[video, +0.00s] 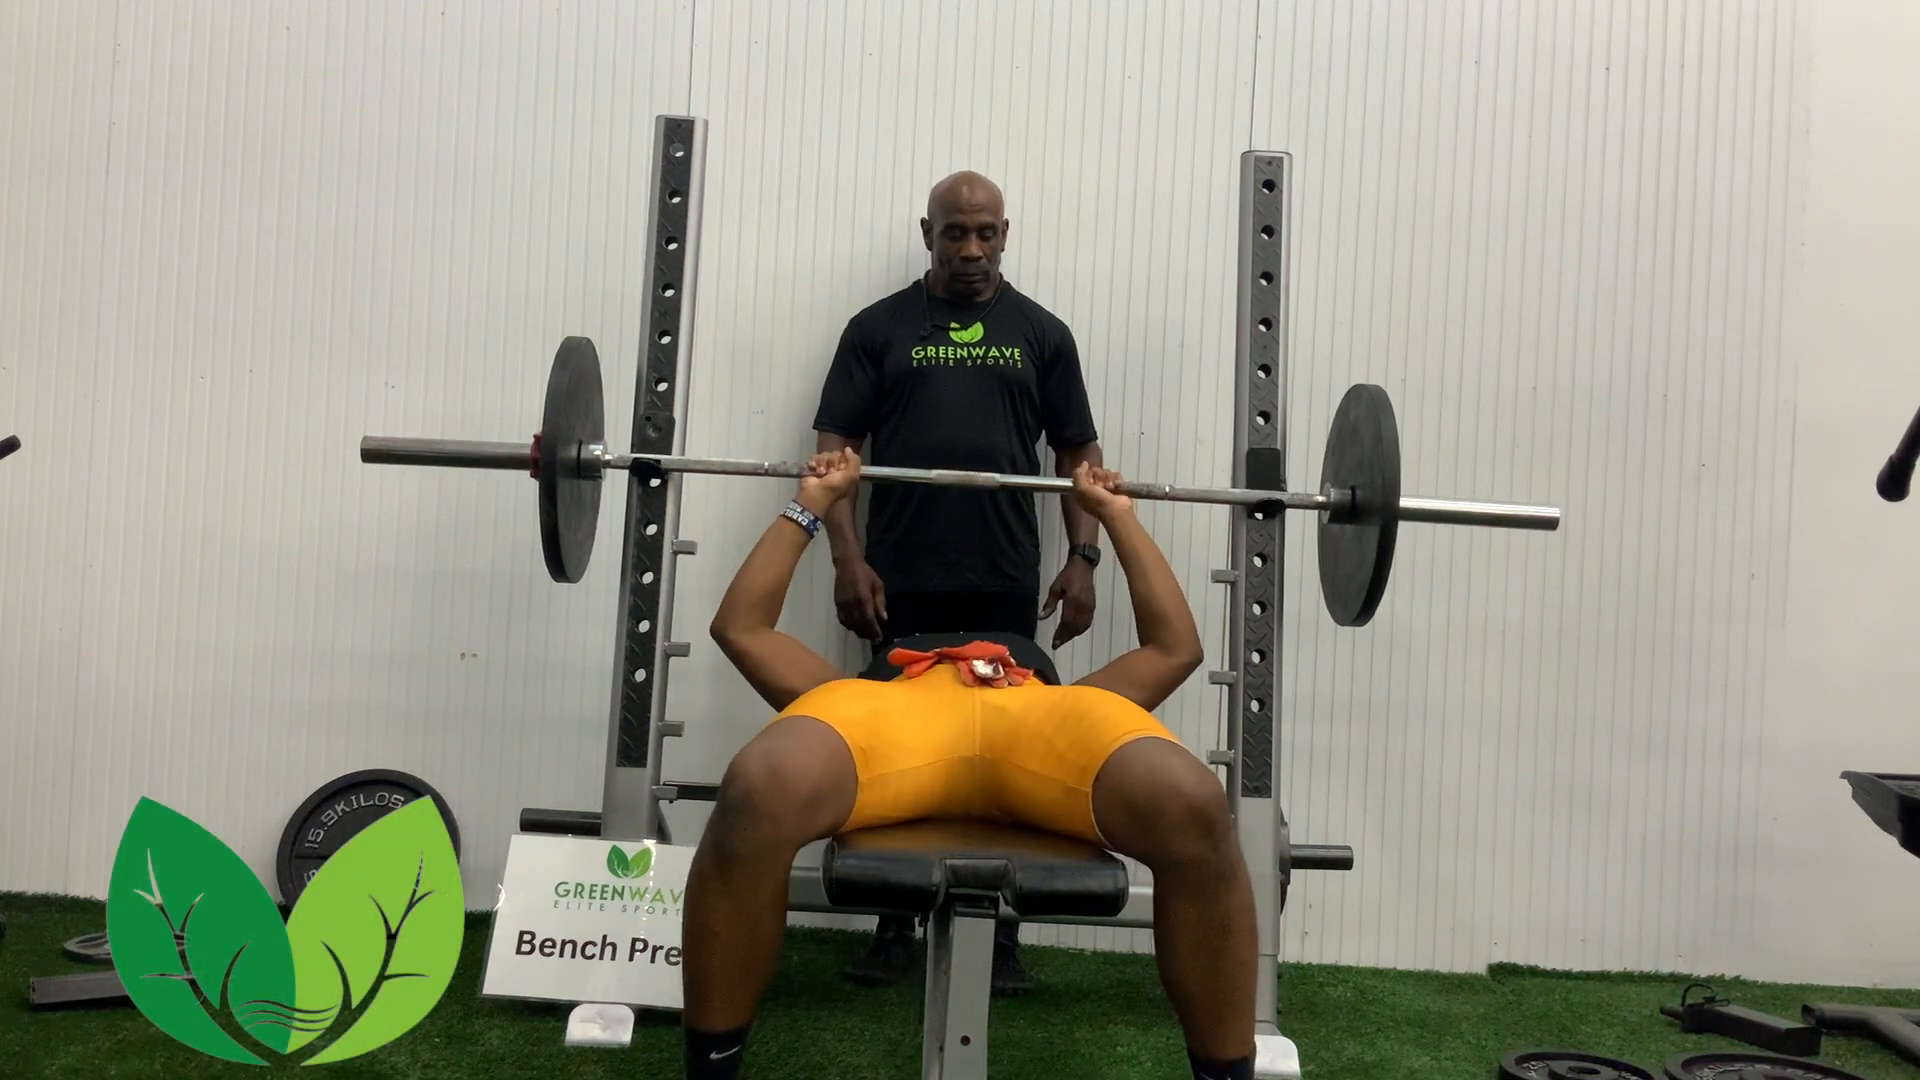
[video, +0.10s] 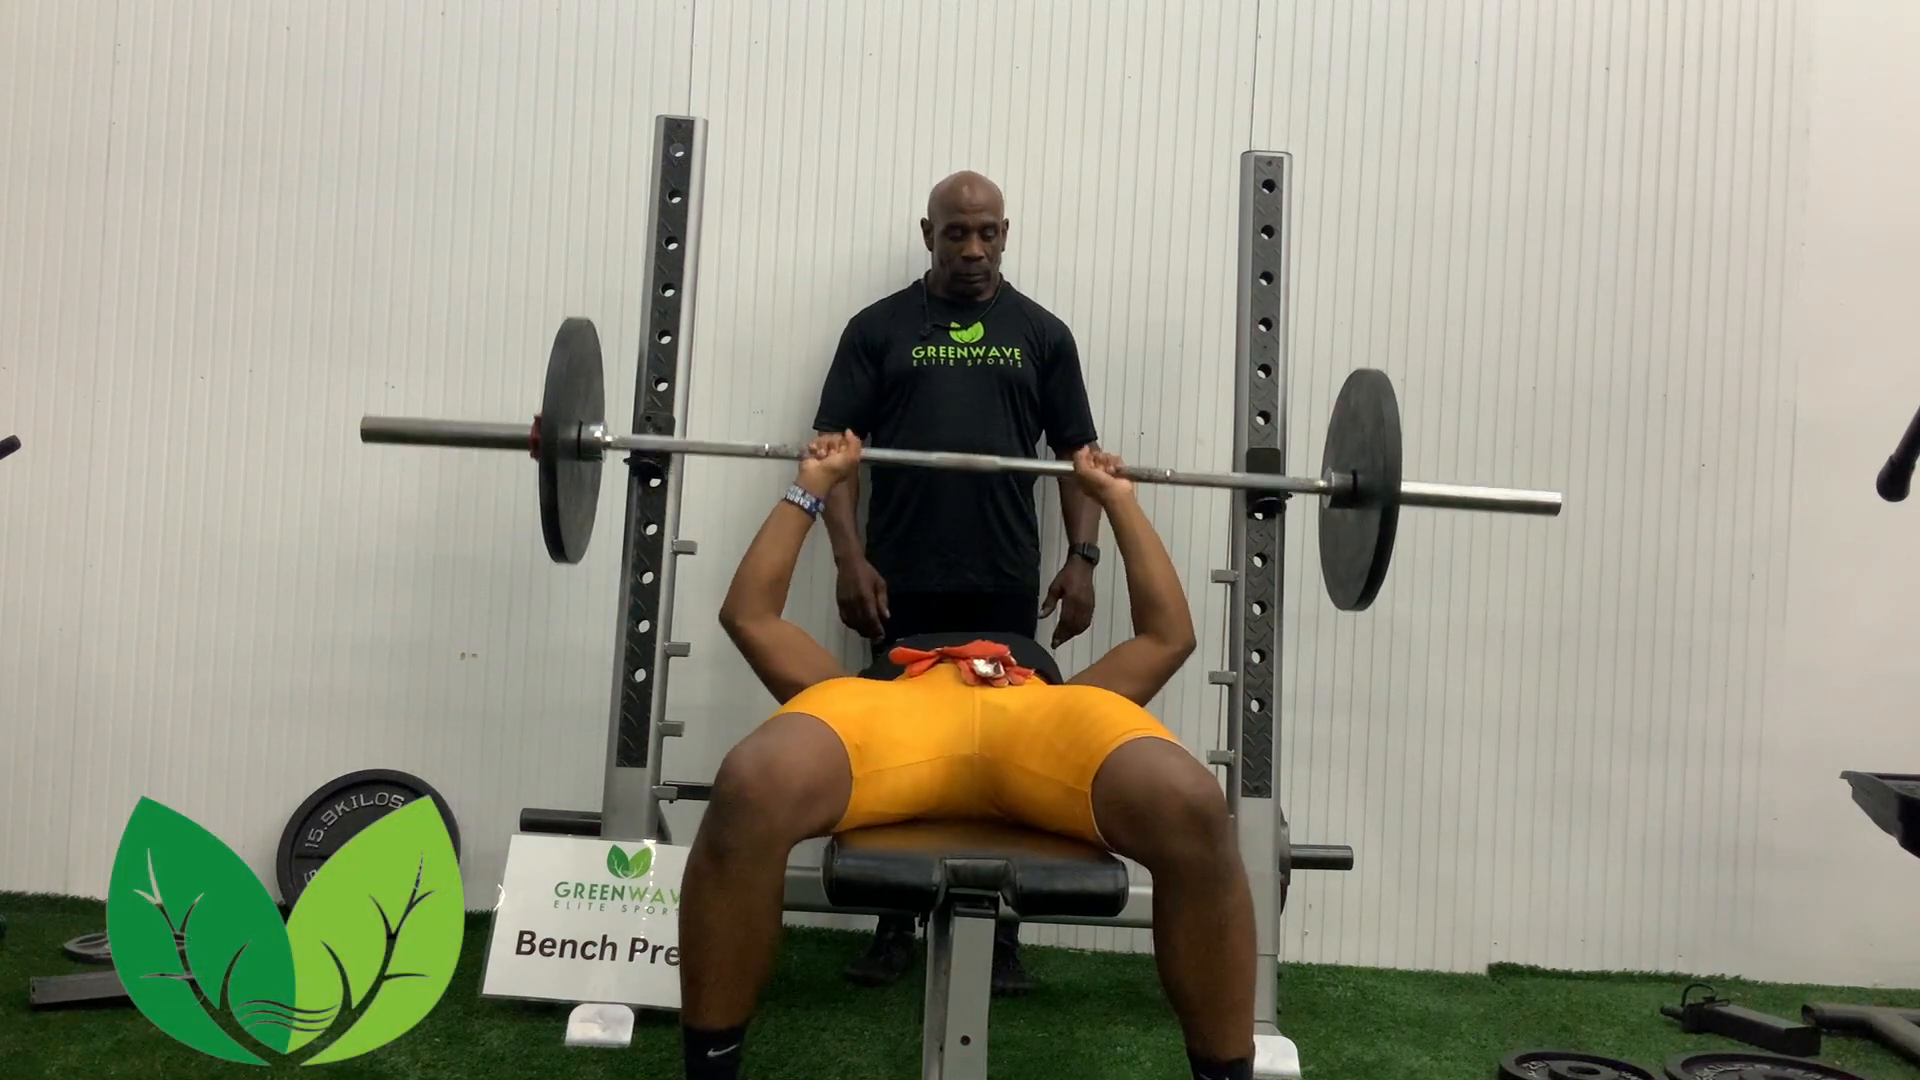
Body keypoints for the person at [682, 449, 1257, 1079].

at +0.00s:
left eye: (1001, 647)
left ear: (1030, 673)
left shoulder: (1067, 696)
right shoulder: (861, 689)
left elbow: (1175, 643)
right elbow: (740, 625)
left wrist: (1116, 514)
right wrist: (807, 508)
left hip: (1048, 711)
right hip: (886, 704)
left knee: (1196, 808)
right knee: (755, 791)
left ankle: (1227, 1072)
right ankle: (711, 1068)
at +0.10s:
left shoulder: (1067, 694)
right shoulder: (861, 687)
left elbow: (1167, 632)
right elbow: (749, 613)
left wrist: (1120, 500)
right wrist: (808, 488)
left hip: (1050, 711)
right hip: (881, 704)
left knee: (1197, 810)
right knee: (748, 786)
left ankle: (1227, 1074)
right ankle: (710, 1068)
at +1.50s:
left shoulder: (1062, 683)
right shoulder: (855, 676)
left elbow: (1111, 559)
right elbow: (815, 550)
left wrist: (1128, 404)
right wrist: (813, 405)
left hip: (1044, 707)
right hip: (886, 695)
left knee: (1193, 813)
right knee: (748, 788)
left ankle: (1230, 1070)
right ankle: (715, 1065)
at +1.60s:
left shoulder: (1063, 682)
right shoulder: (852, 677)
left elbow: (1129, 572)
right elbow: (796, 564)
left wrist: (1130, 423)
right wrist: (810, 420)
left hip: (1040, 703)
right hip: (885, 693)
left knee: (1190, 809)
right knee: (752, 786)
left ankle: (1229, 1068)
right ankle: (716, 1061)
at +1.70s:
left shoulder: (1064, 685)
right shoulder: (861, 677)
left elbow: (1138, 603)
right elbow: (779, 587)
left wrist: (1130, 449)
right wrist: (809, 442)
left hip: (1039, 706)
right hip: (887, 698)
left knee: (1189, 812)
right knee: (756, 784)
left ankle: (1230, 1072)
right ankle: (716, 1064)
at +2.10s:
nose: (969, 654)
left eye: (994, 656)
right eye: (940, 653)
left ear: (1028, 687)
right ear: (910, 665)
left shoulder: (1047, 700)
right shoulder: (883, 683)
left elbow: (1134, 749)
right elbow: (771, 760)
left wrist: (1130, 642)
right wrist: (801, 636)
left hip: (1044, 714)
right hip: (888, 702)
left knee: (1187, 817)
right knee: (752, 791)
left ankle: (1232, 1073)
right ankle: (713, 1071)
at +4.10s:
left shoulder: (1060, 690)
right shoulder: (850, 681)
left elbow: (1134, 586)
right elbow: (770, 582)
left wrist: (1121, 425)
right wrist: (792, 433)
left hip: (1038, 703)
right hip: (888, 691)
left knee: (1187, 813)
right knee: (762, 792)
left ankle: (1228, 1069)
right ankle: (715, 1062)